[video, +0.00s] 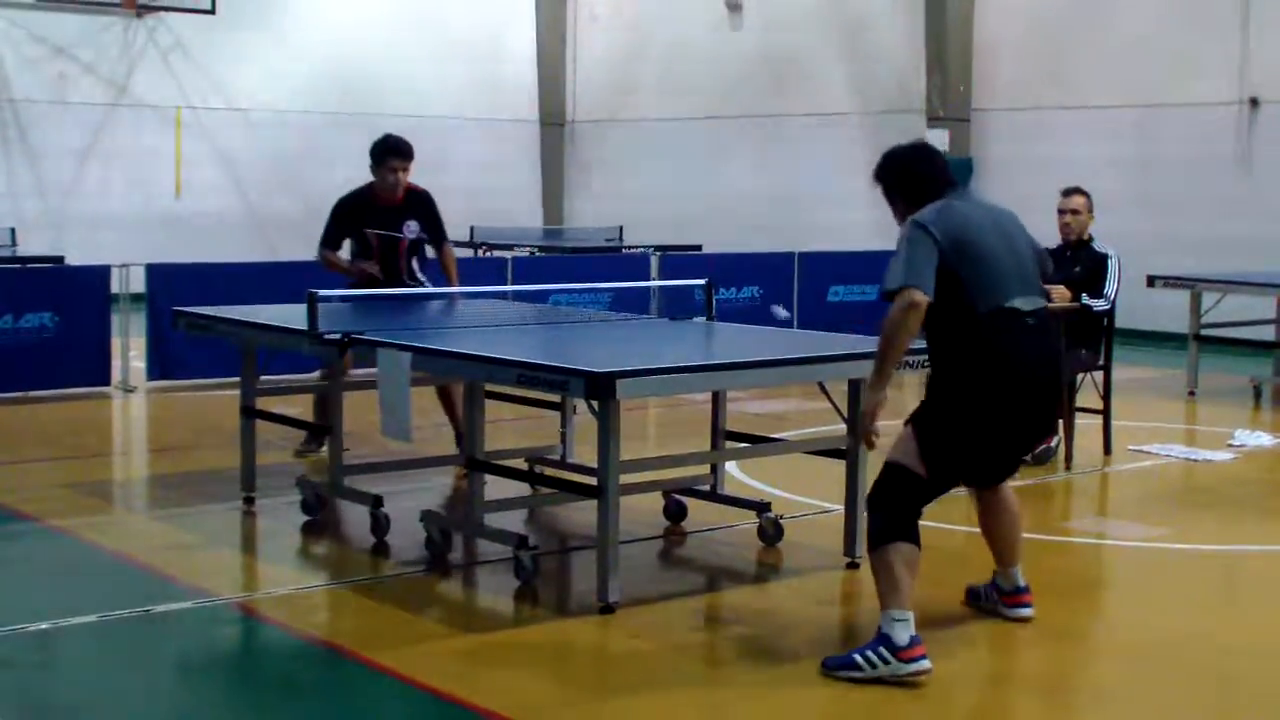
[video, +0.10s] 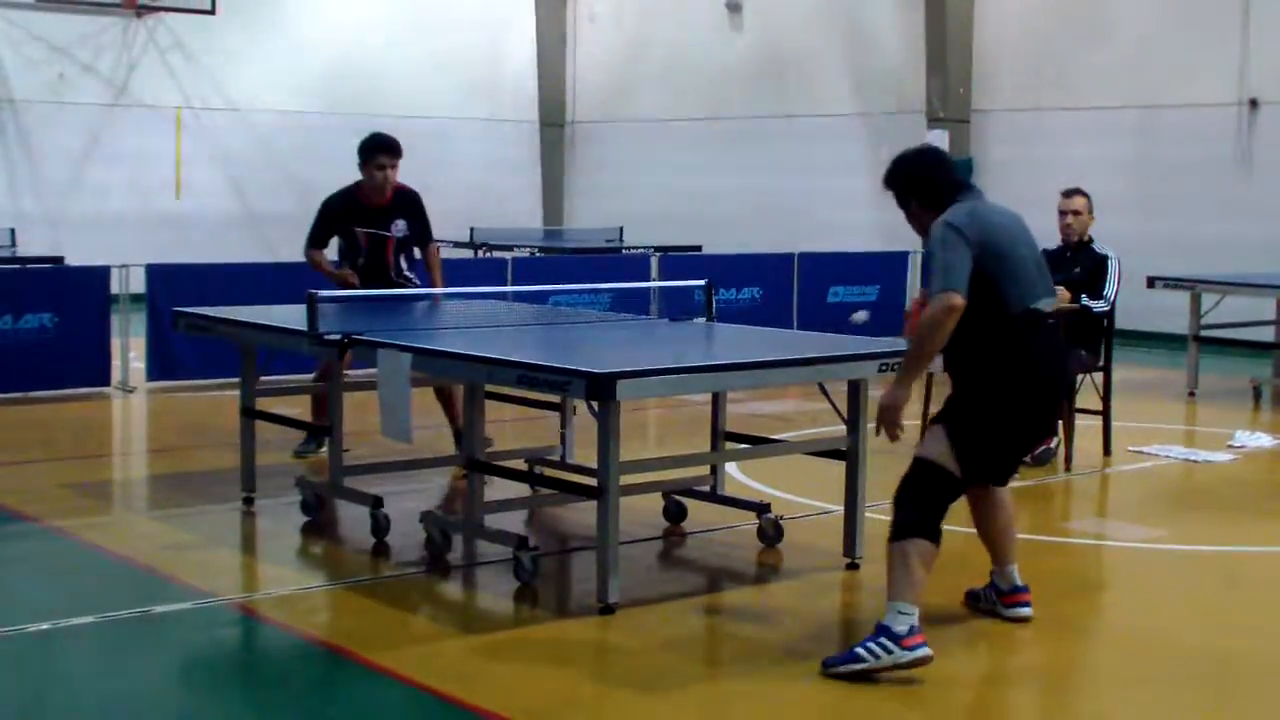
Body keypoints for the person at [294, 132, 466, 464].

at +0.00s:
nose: (400, 179)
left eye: (405, 171)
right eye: (392, 171)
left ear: (411, 170)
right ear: (374, 170)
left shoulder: (421, 202)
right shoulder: (350, 205)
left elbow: (443, 248)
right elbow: (325, 254)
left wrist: (454, 290)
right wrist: (351, 269)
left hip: (415, 301)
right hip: (365, 302)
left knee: (441, 360)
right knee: (334, 361)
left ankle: (463, 436)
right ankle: (318, 433)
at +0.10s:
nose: (388, 176)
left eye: (393, 168)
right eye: (380, 168)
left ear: (398, 167)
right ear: (363, 168)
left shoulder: (409, 200)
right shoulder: (338, 204)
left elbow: (429, 249)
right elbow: (312, 250)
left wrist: (438, 293)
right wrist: (335, 273)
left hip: (404, 300)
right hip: (356, 302)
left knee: (437, 358)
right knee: (331, 359)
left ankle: (461, 433)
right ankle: (318, 430)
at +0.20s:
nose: (380, 175)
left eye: (384, 167)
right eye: (371, 167)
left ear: (389, 166)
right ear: (354, 168)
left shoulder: (401, 200)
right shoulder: (330, 204)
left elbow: (422, 248)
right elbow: (305, 254)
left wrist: (425, 291)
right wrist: (323, 278)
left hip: (398, 299)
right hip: (349, 300)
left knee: (437, 352)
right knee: (323, 359)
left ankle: (446, 428)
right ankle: (316, 431)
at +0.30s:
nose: (372, 182)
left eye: (377, 174)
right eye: (363, 175)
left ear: (382, 174)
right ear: (347, 177)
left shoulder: (398, 209)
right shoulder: (327, 214)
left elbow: (420, 253)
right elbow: (304, 258)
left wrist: (417, 297)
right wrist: (301, 294)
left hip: (395, 309)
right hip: (345, 309)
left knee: (434, 353)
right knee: (316, 356)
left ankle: (442, 429)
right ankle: (314, 431)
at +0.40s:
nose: (355, 194)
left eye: (359, 186)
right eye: (347, 188)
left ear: (367, 186)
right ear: (333, 190)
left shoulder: (388, 221)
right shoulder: (320, 228)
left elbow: (408, 271)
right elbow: (303, 277)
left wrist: (399, 313)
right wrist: (288, 312)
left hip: (388, 317)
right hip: (342, 318)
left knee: (430, 361)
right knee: (304, 364)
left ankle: (443, 431)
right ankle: (303, 433)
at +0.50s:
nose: (318, 198)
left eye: (324, 189)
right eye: (310, 192)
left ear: (336, 188)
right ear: (303, 195)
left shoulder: (354, 219)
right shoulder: (301, 231)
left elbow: (366, 273)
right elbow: (301, 281)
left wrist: (345, 307)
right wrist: (295, 309)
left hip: (361, 312)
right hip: (318, 314)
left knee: (409, 361)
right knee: (284, 353)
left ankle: (447, 425)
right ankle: (281, 428)